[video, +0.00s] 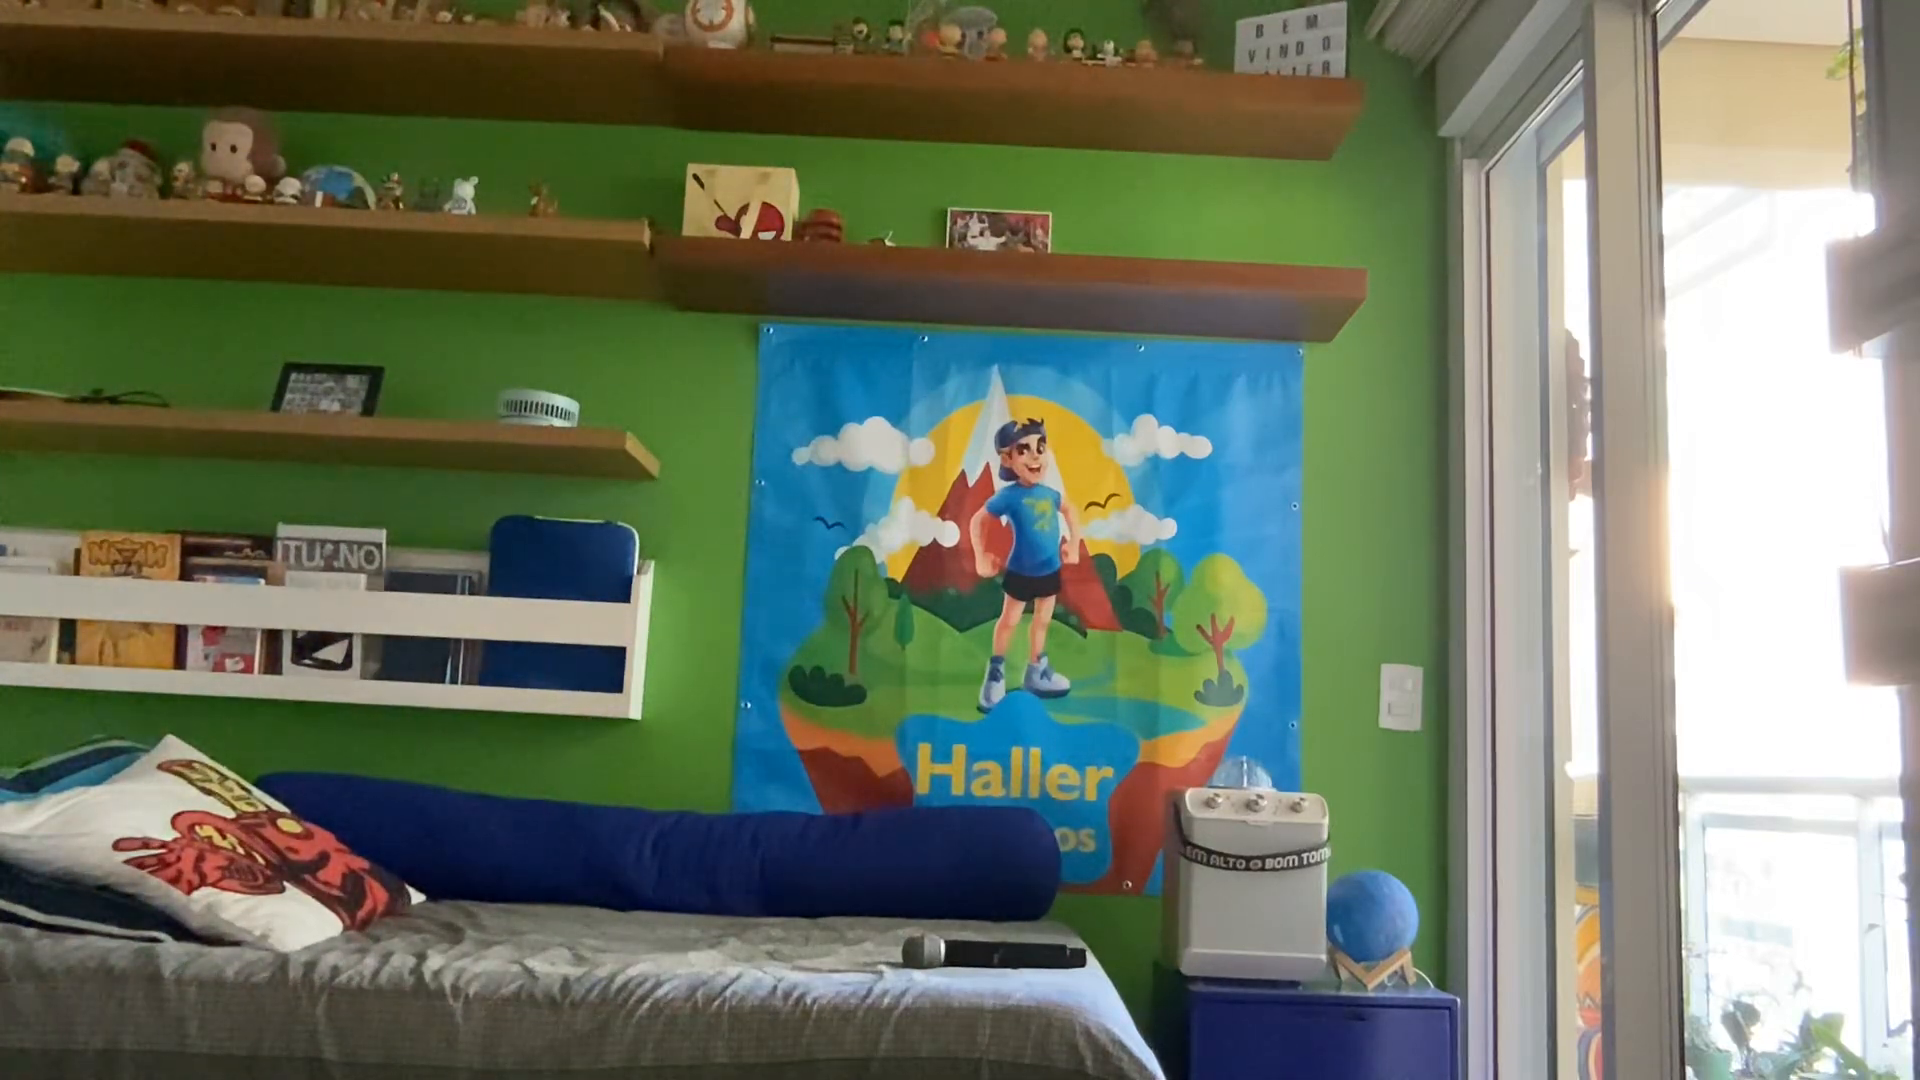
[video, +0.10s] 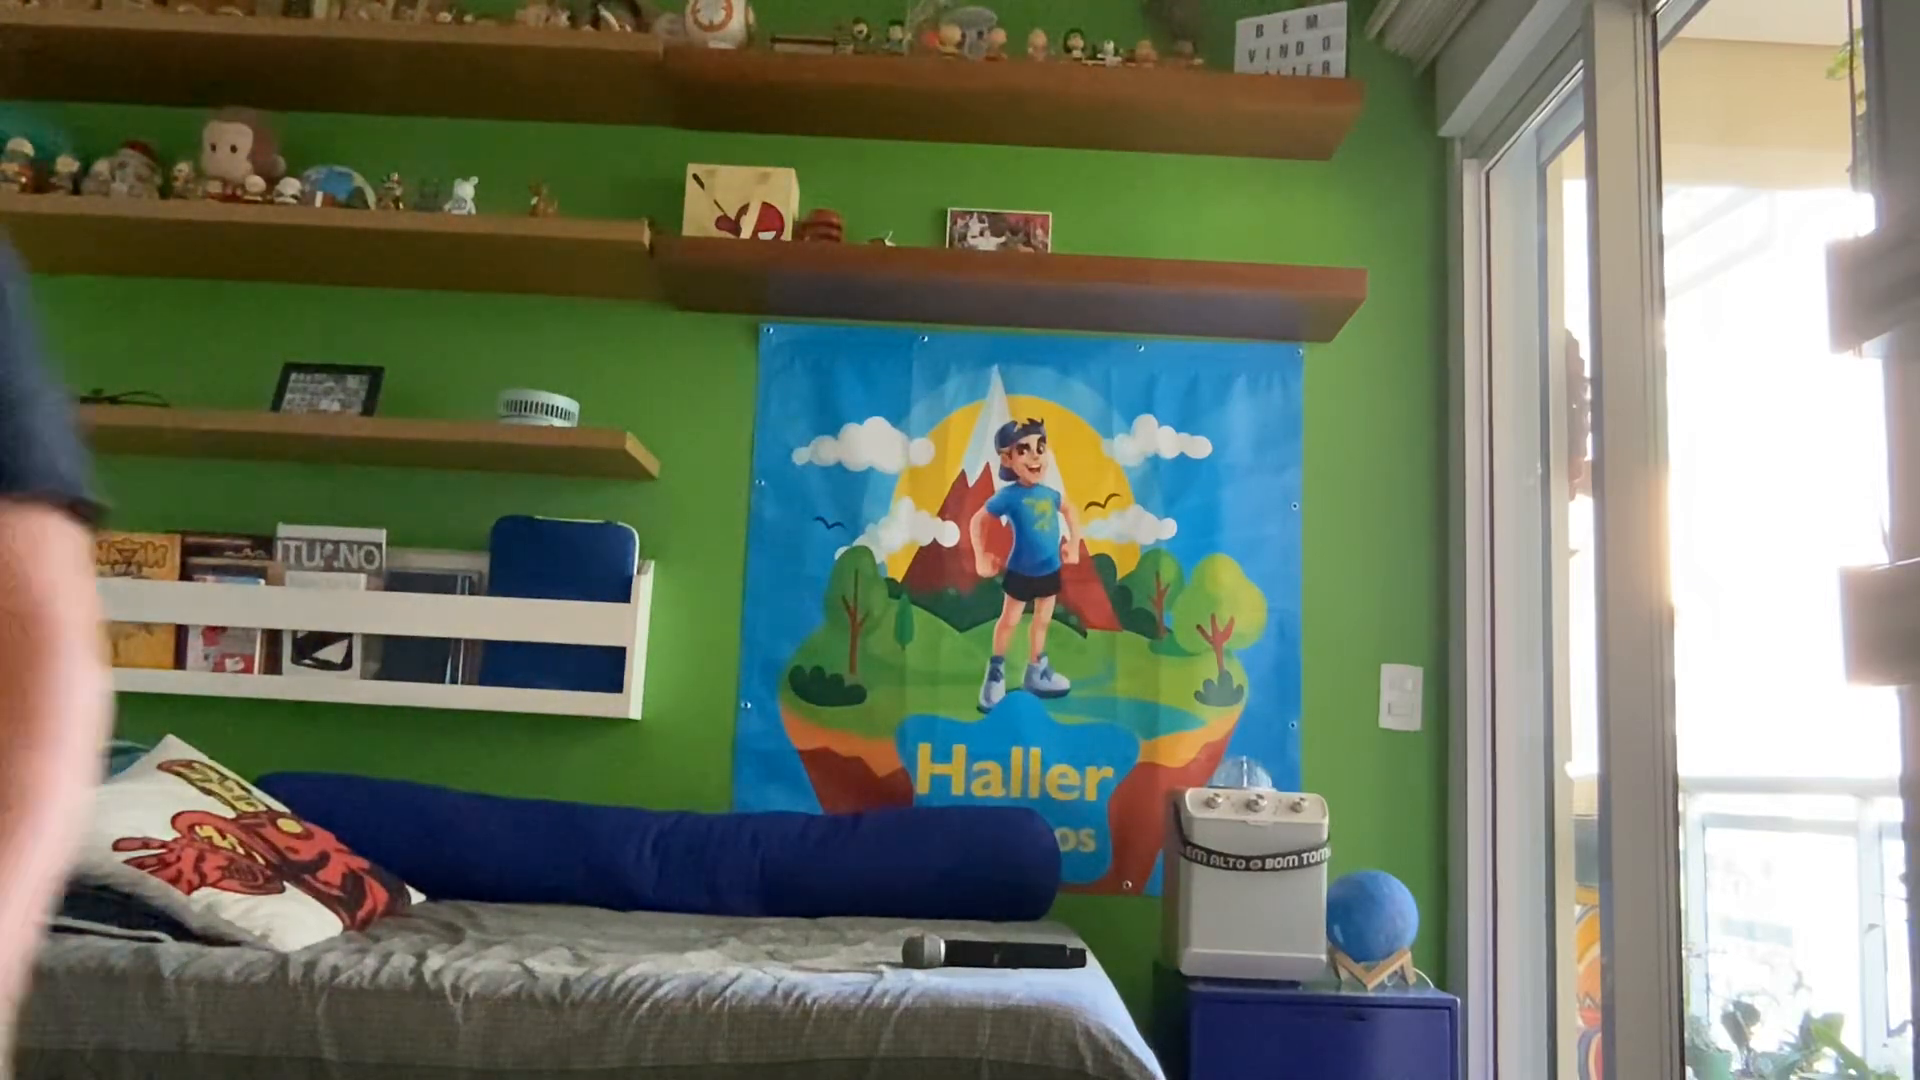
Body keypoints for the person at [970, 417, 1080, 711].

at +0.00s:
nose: (1034, 457)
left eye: (1040, 449)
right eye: (1024, 450)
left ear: (1047, 454)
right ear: (1008, 459)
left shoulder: (1050, 494)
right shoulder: (1007, 496)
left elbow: (1070, 513)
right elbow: (977, 520)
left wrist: (1074, 543)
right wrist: (980, 556)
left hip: (1049, 570)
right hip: (1020, 572)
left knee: (1043, 619)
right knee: (1010, 619)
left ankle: (1036, 670)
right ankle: (996, 672)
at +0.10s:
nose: (1034, 458)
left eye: (1040, 449)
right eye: (1024, 450)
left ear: (1047, 454)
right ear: (1008, 460)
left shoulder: (1050, 494)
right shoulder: (1008, 496)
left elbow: (1070, 512)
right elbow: (977, 520)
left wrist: (1074, 542)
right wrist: (980, 556)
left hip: (1049, 570)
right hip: (1020, 572)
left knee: (1043, 618)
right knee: (1010, 619)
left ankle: (1036, 670)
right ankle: (995, 671)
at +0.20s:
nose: (1034, 458)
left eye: (1040, 449)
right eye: (1024, 450)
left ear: (1047, 454)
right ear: (1008, 460)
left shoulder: (1050, 494)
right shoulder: (1008, 496)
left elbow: (1070, 512)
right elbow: (977, 520)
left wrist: (1074, 542)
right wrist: (980, 555)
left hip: (1049, 570)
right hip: (1020, 572)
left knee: (1043, 618)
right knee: (1010, 619)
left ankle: (1036, 670)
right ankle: (996, 671)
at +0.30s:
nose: (1034, 458)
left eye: (1039, 449)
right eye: (1024, 450)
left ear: (1047, 454)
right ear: (1008, 460)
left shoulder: (1050, 494)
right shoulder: (1008, 496)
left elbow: (1070, 512)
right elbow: (977, 520)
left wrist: (1074, 542)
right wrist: (980, 556)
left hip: (1049, 570)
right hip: (1020, 572)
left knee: (1043, 619)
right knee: (1010, 620)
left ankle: (1037, 670)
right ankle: (996, 671)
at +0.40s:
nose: (1034, 458)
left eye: (1039, 449)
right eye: (1024, 451)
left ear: (1047, 454)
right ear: (1008, 460)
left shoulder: (1050, 494)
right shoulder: (1008, 496)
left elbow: (1070, 512)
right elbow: (977, 520)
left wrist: (1074, 542)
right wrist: (980, 556)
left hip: (1049, 570)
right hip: (1020, 572)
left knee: (1043, 619)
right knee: (1010, 620)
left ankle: (1037, 670)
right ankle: (996, 671)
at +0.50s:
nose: (1034, 458)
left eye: (1039, 449)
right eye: (1024, 450)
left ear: (1047, 454)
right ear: (1008, 460)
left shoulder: (1050, 494)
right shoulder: (1008, 496)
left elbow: (1070, 512)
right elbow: (977, 520)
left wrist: (1074, 542)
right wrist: (980, 556)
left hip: (1049, 571)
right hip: (1020, 572)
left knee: (1043, 618)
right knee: (1010, 619)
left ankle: (1036, 670)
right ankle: (996, 671)